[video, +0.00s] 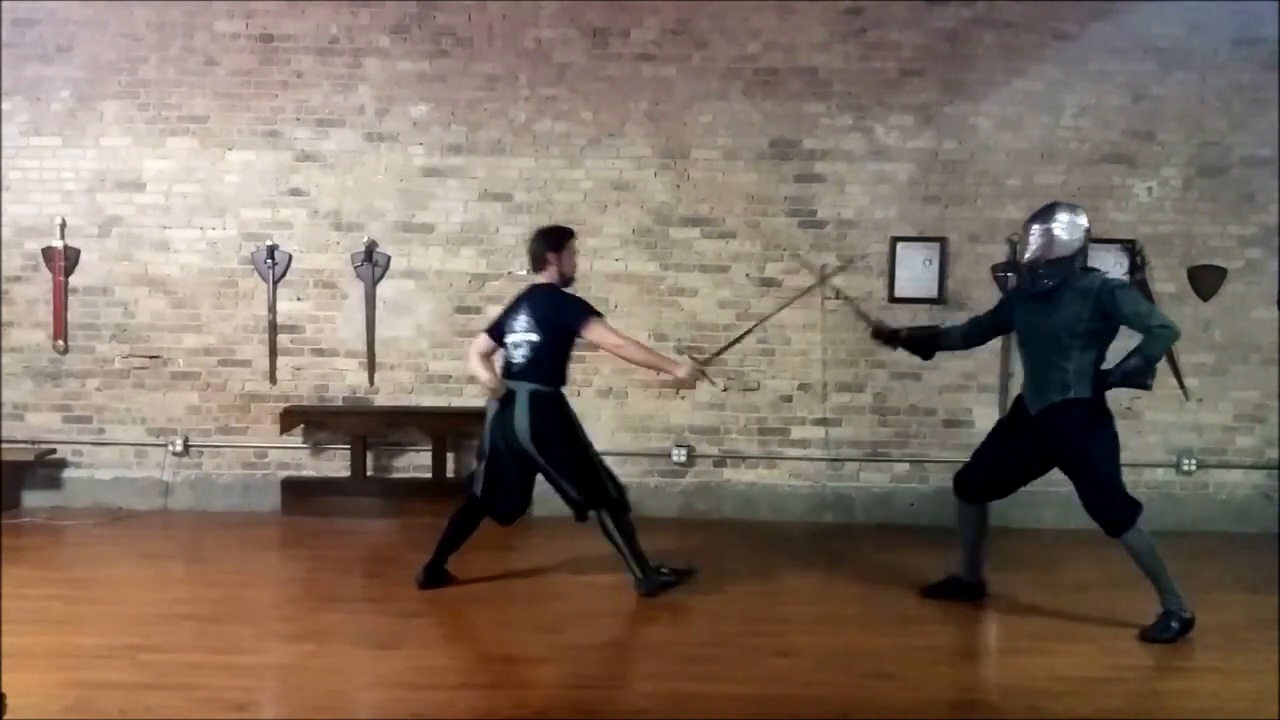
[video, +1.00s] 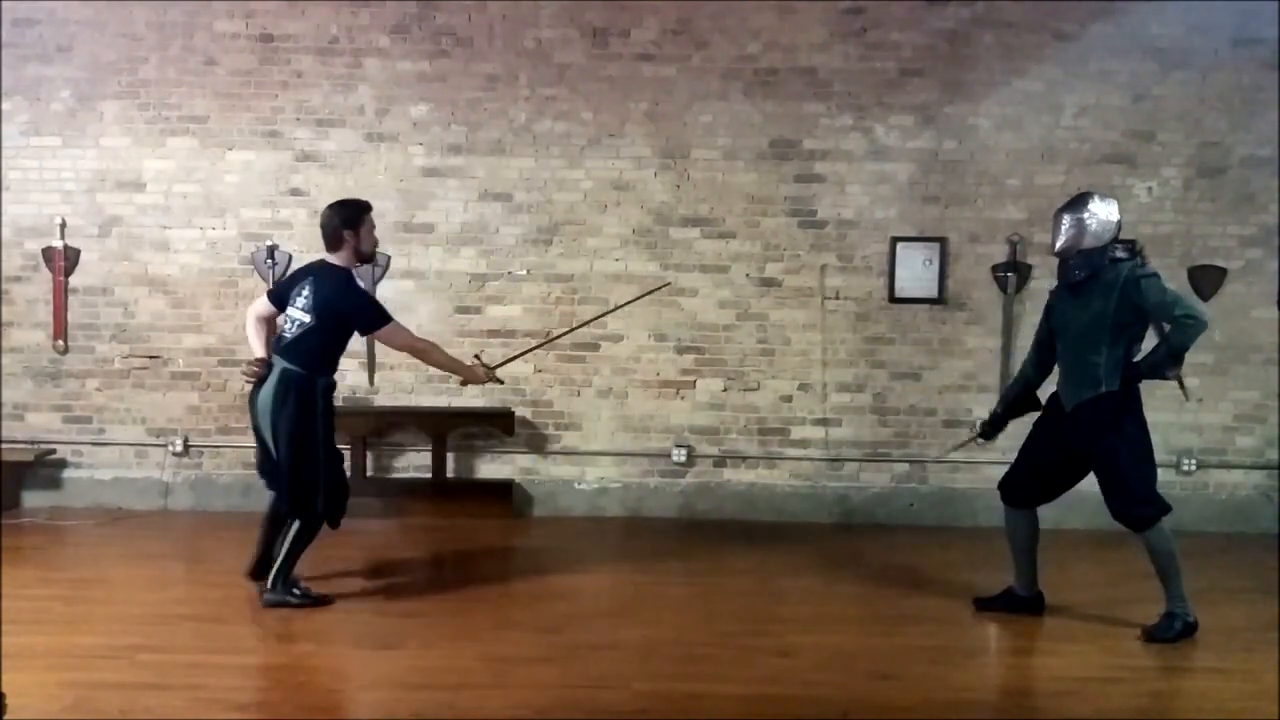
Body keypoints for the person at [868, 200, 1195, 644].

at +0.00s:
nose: (1029, 253)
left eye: (1040, 245)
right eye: (1029, 243)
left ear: (1065, 247)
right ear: (1032, 244)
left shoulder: (1101, 290)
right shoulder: (1022, 298)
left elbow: (1163, 330)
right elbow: (968, 334)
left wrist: (1120, 373)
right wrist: (902, 338)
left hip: (1082, 418)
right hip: (1030, 418)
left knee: (1113, 511)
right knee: (970, 487)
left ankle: (1176, 608)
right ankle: (969, 579)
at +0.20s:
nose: (1061, 240)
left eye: (1072, 229)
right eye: (1060, 229)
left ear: (1096, 233)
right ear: (1063, 234)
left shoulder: (1126, 283)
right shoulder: (1053, 295)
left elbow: (1181, 325)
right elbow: (1010, 331)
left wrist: (1134, 372)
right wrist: (968, 341)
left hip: (1107, 413)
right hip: (1060, 415)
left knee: (1130, 512)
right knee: (1004, 490)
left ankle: (1179, 611)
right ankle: (1026, 592)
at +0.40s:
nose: (1071, 237)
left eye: (1082, 226)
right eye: (1070, 227)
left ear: (1107, 229)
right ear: (1069, 231)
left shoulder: (1138, 280)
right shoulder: (1064, 293)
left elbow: (1198, 320)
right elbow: (1028, 339)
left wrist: (1153, 366)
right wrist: (989, 361)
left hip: (1117, 414)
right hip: (1068, 414)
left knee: (1135, 511)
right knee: (1013, 491)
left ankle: (1179, 611)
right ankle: (1025, 592)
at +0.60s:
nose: (1070, 235)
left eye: (1081, 225)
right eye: (1069, 225)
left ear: (1106, 228)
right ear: (1068, 229)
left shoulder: (1138, 278)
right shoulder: (1064, 291)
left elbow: (1199, 320)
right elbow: (1032, 338)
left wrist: (1151, 366)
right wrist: (995, 367)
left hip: (1117, 411)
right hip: (1068, 412)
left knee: (1136, 509)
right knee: (1016, 491)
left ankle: (1179, 611)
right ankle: (1025, 591)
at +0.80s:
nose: (1069, 236)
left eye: (1079, 225)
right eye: (1068, 226)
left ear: (1105, 227)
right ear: (1067, 229)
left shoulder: (1137, 278)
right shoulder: (1064, 292)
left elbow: (1197, 321)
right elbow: (1031, 348)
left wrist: (1148, 368)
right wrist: (981, 385)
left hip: (1117, 412)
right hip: (1068, 413)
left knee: (1141, 509)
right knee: (1019, 491)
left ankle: (1179, 611)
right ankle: (1025, 591)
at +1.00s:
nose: (1062, 238)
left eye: (1072, 227)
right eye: (1061, 227)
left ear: (1097, 229)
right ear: (1064, 231)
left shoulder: (1131, 277)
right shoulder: (1062, 295)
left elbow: (1190, 320)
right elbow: (1037, 364)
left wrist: (1144, 368)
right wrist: (1000, 415)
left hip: (1115, 412)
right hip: (1067, 414)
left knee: (1139, 509)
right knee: (1016, 492)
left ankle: (1180, 612)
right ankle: (1025, 592)